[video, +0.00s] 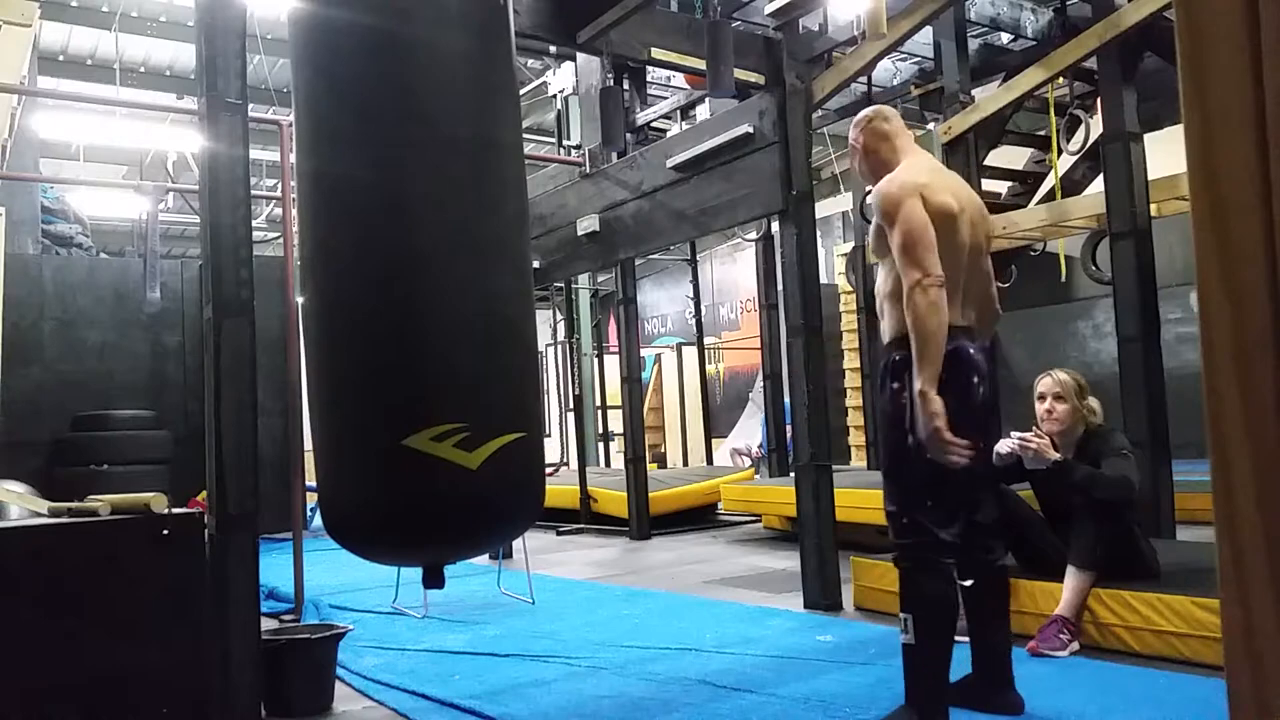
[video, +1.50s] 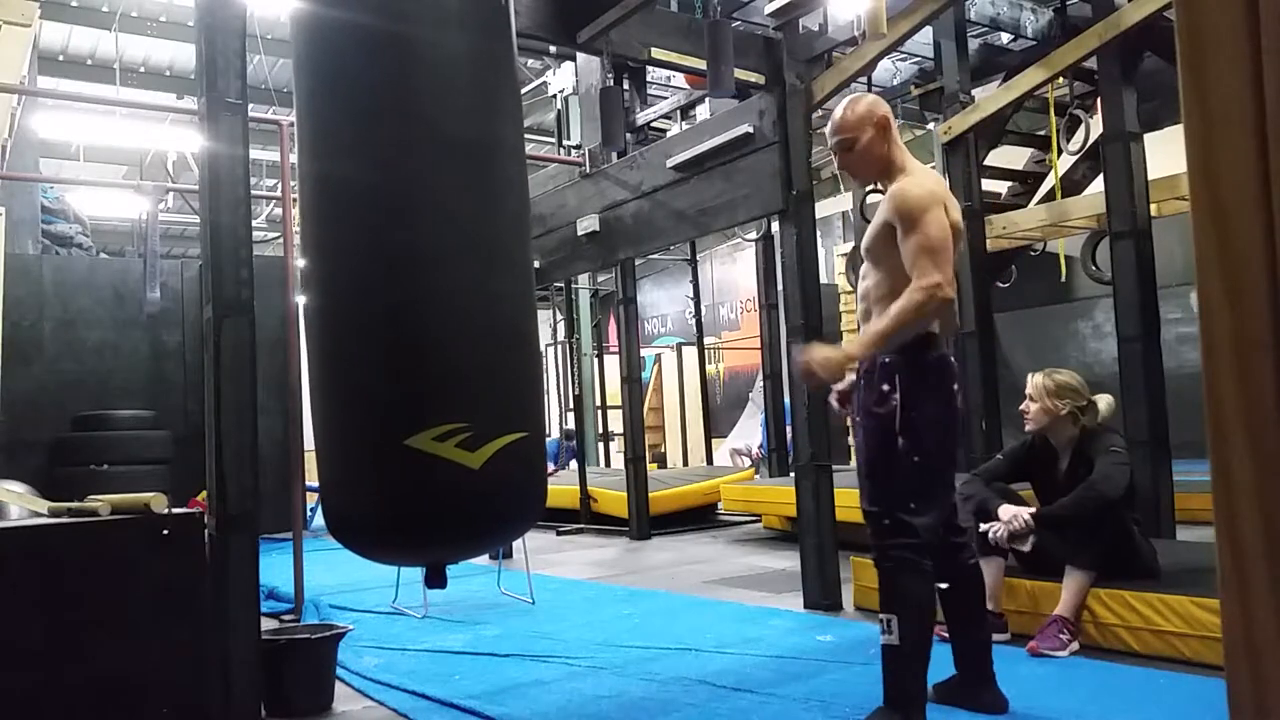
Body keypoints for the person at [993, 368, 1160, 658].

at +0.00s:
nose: (1048, 407)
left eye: (1059, 399)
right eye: (1041, 399)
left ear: (1081, 407)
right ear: (1034, 407)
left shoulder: (1107, 441)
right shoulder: (1034, 448)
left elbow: (1124, 487)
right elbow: (994, 475)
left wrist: (1055, 461)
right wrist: (998, 457)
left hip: (1122, 562)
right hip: (1061, 560)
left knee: (1093, 500)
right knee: (994, 495)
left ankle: (1065, 619)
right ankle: (980, 612)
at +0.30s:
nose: (1050, 401)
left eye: (1061, 394)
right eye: (1043, 394)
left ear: (1081, 405)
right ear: (1035, 406)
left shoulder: (1108, 440)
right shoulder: (1034, 451)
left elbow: (1124, 488)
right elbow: (978, 485)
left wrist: (1055, 460)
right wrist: (997, 463)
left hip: (1122, 561)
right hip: (1063, 559)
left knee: (1094, 501)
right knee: (991, 494)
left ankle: (1063, 619)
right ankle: (989, 613)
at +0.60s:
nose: (1049, 405)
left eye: (1061, 398)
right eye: (1043, 398)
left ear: (1082, 407)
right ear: (1036, 408)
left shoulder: (1108, 442)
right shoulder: (1038, 447)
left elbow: (1123, 490)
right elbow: (965, 495)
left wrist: (1047, 473)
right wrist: (984, 472)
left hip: (1121, 561)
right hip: (1063, 558)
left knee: (1095, 498)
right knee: (992, 495)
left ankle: (1064, 620)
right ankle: (989, 613)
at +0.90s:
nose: (1040, 409)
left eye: (1052, 401)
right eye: (1034, 402)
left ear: (1075, 409)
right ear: (1028, 411)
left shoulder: (1102, 442)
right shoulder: (1029, 449)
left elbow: (1104, 487)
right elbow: (965, 481)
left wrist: (1026, 514)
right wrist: (994, 496)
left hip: (1116, 557)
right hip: (1054, 554)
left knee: (1093, 504)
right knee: (993, 505)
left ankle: (1063, 620)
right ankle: (990, 614)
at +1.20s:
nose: (1031, 410)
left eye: (1041, 402)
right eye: (1029, 403)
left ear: (1071, 407)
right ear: (1026, 407)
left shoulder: (1104, 442)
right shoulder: (1031, 449)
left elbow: (1104, 489)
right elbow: (973, 482)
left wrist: (1031, 519)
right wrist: (999, 507)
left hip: (1117, 557)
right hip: (1057, 554)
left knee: (1095, 506)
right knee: (992, 502)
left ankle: (1063, 621)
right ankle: (988, 615)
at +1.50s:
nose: (1022, 407)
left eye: (1032, 400)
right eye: (1025, 399)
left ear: (1061, 406)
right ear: (1054, 407)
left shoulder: (1105, 443)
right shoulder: (1033, 448)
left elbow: (1107, 489)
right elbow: (969, 485)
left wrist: (1032, 519)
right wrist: (1000, 508)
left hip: (1118, 558)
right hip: (1058, 555)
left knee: (1095, 506)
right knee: (993, 496)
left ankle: (1063, 621)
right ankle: (991, 613)